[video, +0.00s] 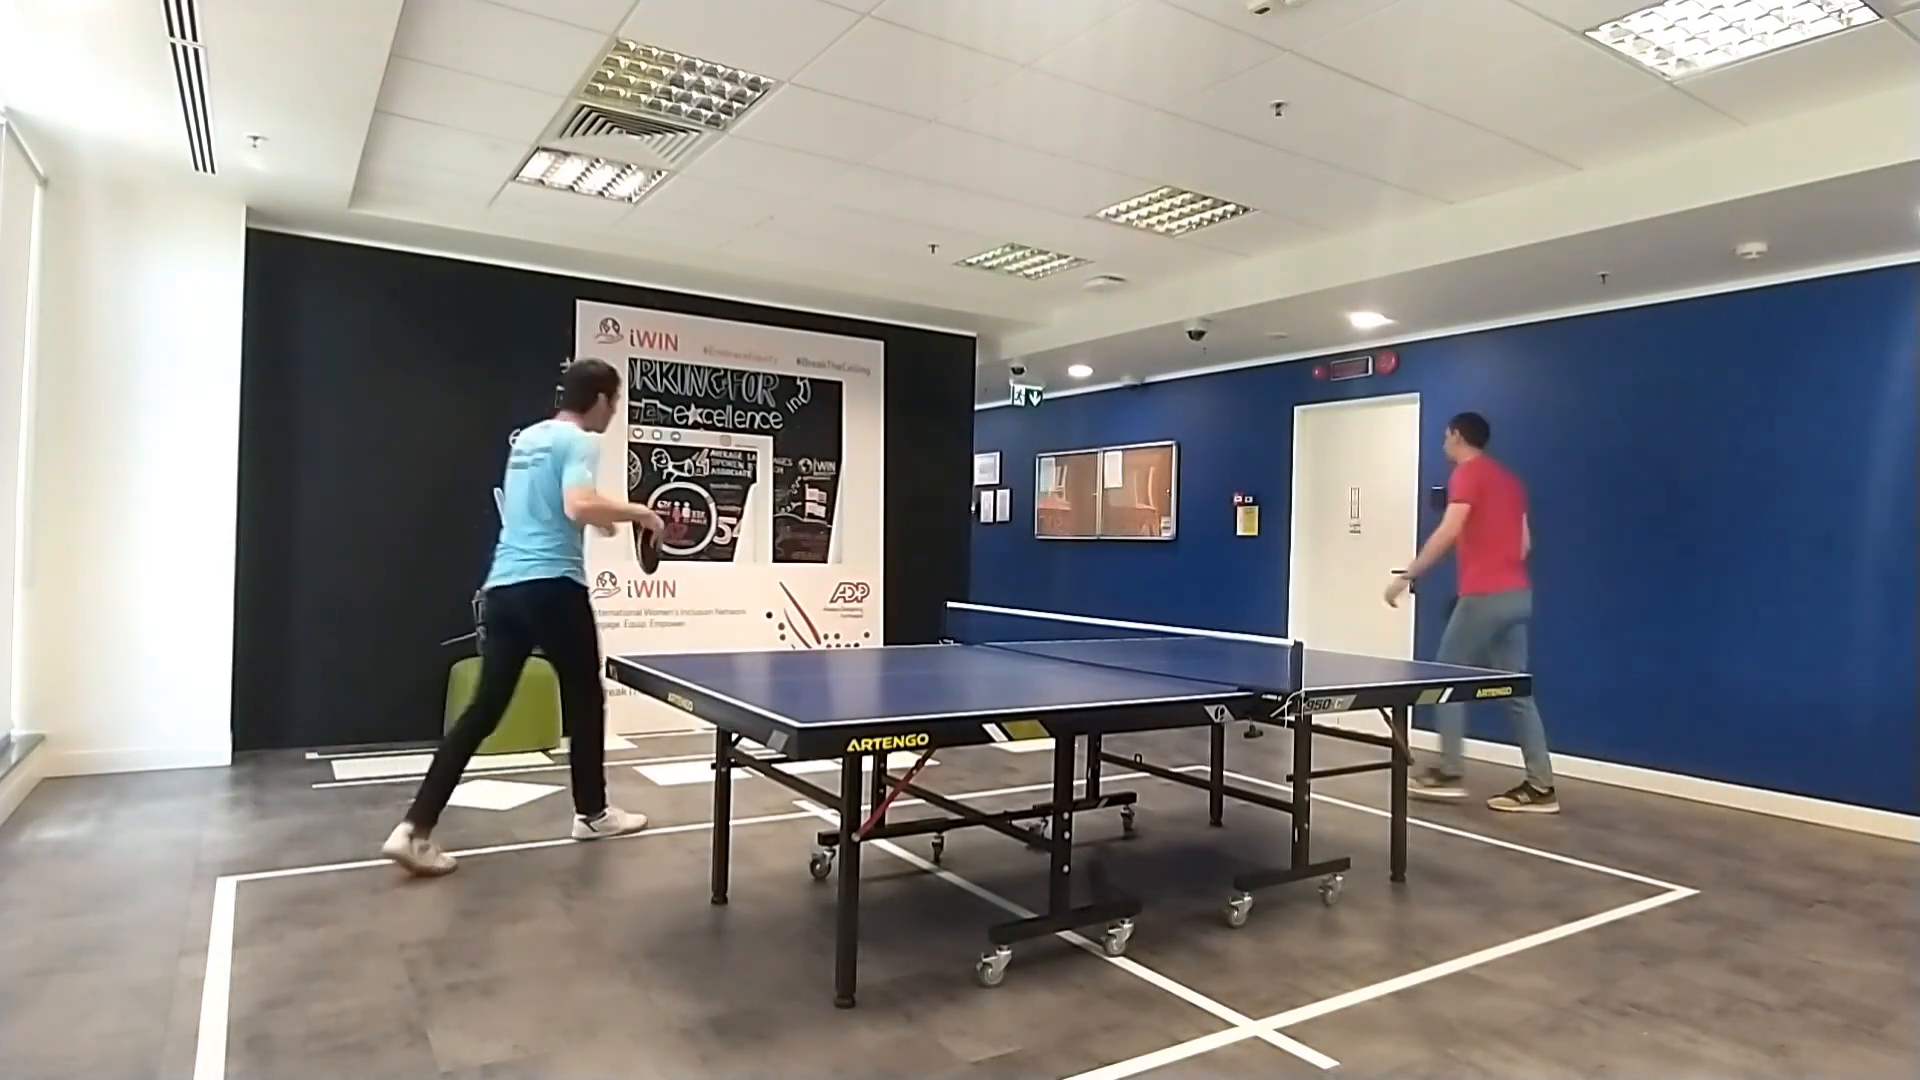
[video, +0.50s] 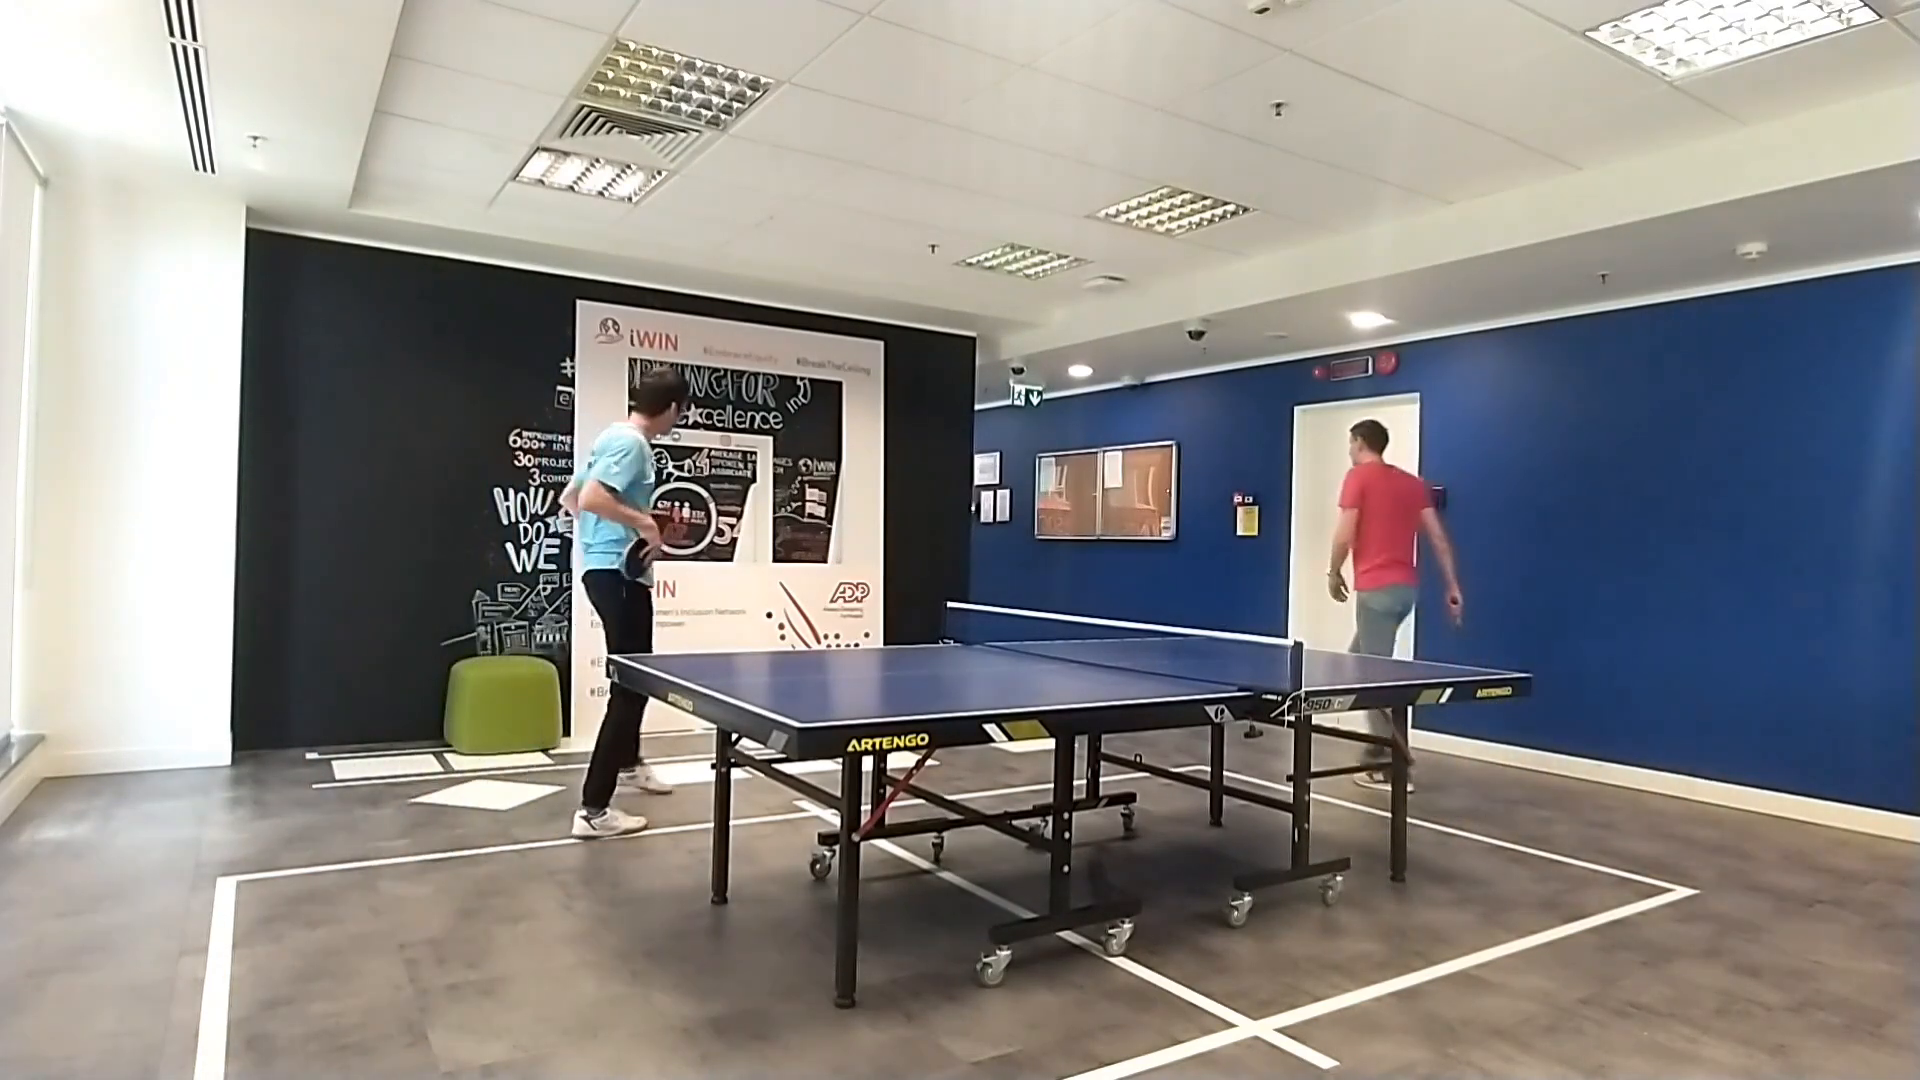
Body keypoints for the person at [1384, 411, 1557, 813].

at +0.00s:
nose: (1446, 445)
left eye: (1447, 438)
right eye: (1447, 438)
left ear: (1458, 437)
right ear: (1481, 440)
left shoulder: (1467, 472)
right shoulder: (1509, 479)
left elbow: (1449, 530)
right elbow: (1523, 544)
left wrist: (1406, 576)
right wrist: (1490, 571)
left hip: (1483, 597)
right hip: (1516, 595)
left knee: (1444, 681)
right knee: (1517, 689)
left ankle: (1448, 773)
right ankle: (1540, 785)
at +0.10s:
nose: (1428, 451)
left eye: (1429, 444)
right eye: (1429, 444)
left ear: (1440, 442)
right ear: (1464, 444)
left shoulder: (1447, 477)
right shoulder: (1493, 483)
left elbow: (1427, 535)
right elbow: (1509, 549)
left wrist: (1383, 577)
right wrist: (1491, 583)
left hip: (1461, 600)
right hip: (1497, 598)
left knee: (1423, 684)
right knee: (1507, 689)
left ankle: (1408, 769)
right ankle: (1539, 784)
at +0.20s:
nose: (1408, 452)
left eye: (1411, 445)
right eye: (1410, 445)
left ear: (1422, 447)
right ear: (1442, 450)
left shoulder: (1425, 483)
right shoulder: (1472, 488)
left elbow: (1408, 540)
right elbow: (1488, 549)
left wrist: (1368, 581)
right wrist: (1489, 601)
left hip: (1436, 603)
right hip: (1472, 602)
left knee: (1403, 687)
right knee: (1480, 689)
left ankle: (1398, 768)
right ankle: (1533, 778)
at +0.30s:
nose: (1387, 452)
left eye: (1390, 445)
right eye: (1389, 445)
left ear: (1402, 447)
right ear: (1421, 448)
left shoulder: (1402, 483)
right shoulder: (1452, 486)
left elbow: (1387, 544)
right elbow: (1470, 548)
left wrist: (1359, 583)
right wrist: (1481, 597)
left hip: (1410, 602)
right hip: (1446, 603)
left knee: (1388, 688)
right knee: (1434, 688)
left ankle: (1394, 768)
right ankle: (1498, 756)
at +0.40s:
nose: (1368, 449)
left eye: (1371, 443)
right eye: (1369, 443)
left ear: (1382, 444)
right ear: (1400, 444)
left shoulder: (1378, 478)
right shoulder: (1432, 481)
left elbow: (1368, 540)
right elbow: (1454, 539)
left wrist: (1350, 576)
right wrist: (1470, 589)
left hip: (1393, 595)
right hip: (1426, 594)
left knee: (1381, 678)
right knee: (1400, 673)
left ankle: (1395, 766)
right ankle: (1443, 740)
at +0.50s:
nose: (1350, 452)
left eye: (1352, 446)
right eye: (1351, 446)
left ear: (1362, 445)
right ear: (1381, 446)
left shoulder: (1358, 477)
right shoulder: (1413, 483)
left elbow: (1345, 535)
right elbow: (1439, 537)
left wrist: (1333, 572)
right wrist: (1452, 585)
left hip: (1375, 590)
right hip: (1406, 590)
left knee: (1376, 678)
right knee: (1354, 662)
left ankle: (1392, 764)